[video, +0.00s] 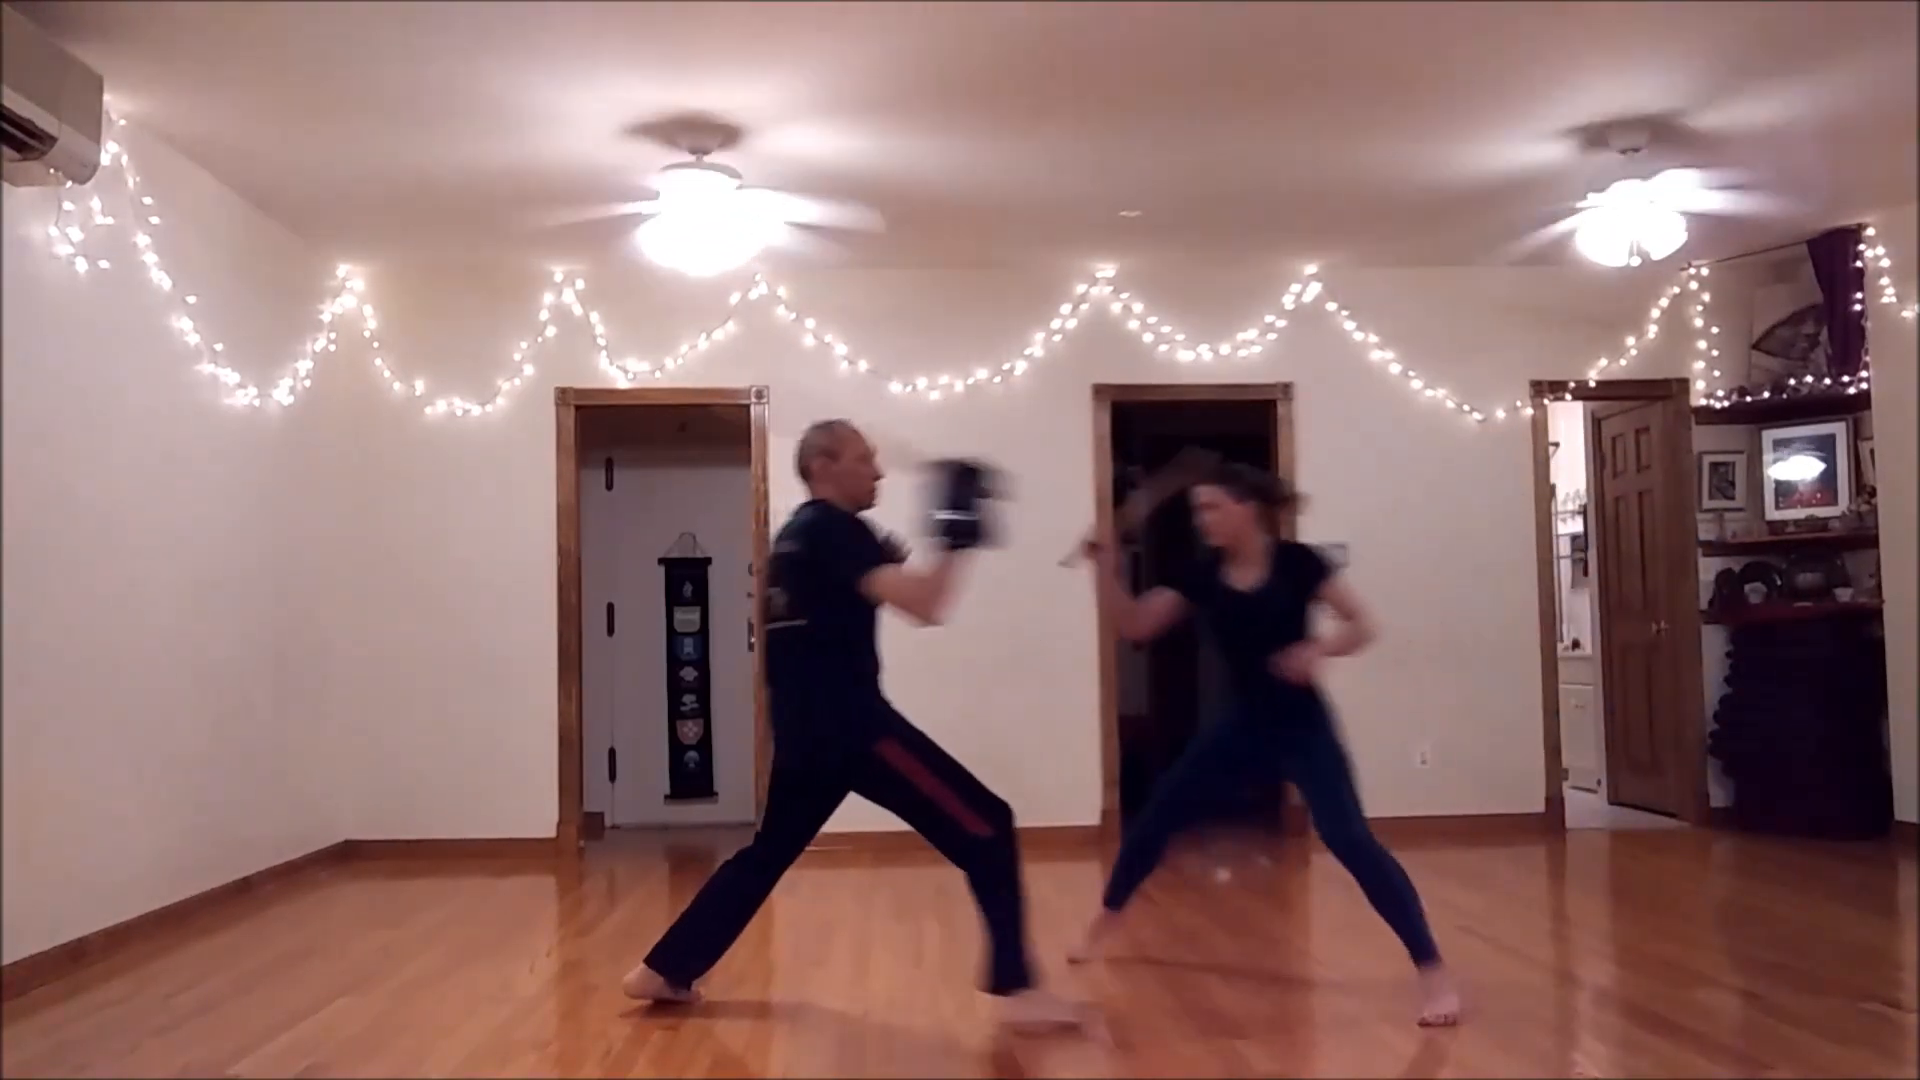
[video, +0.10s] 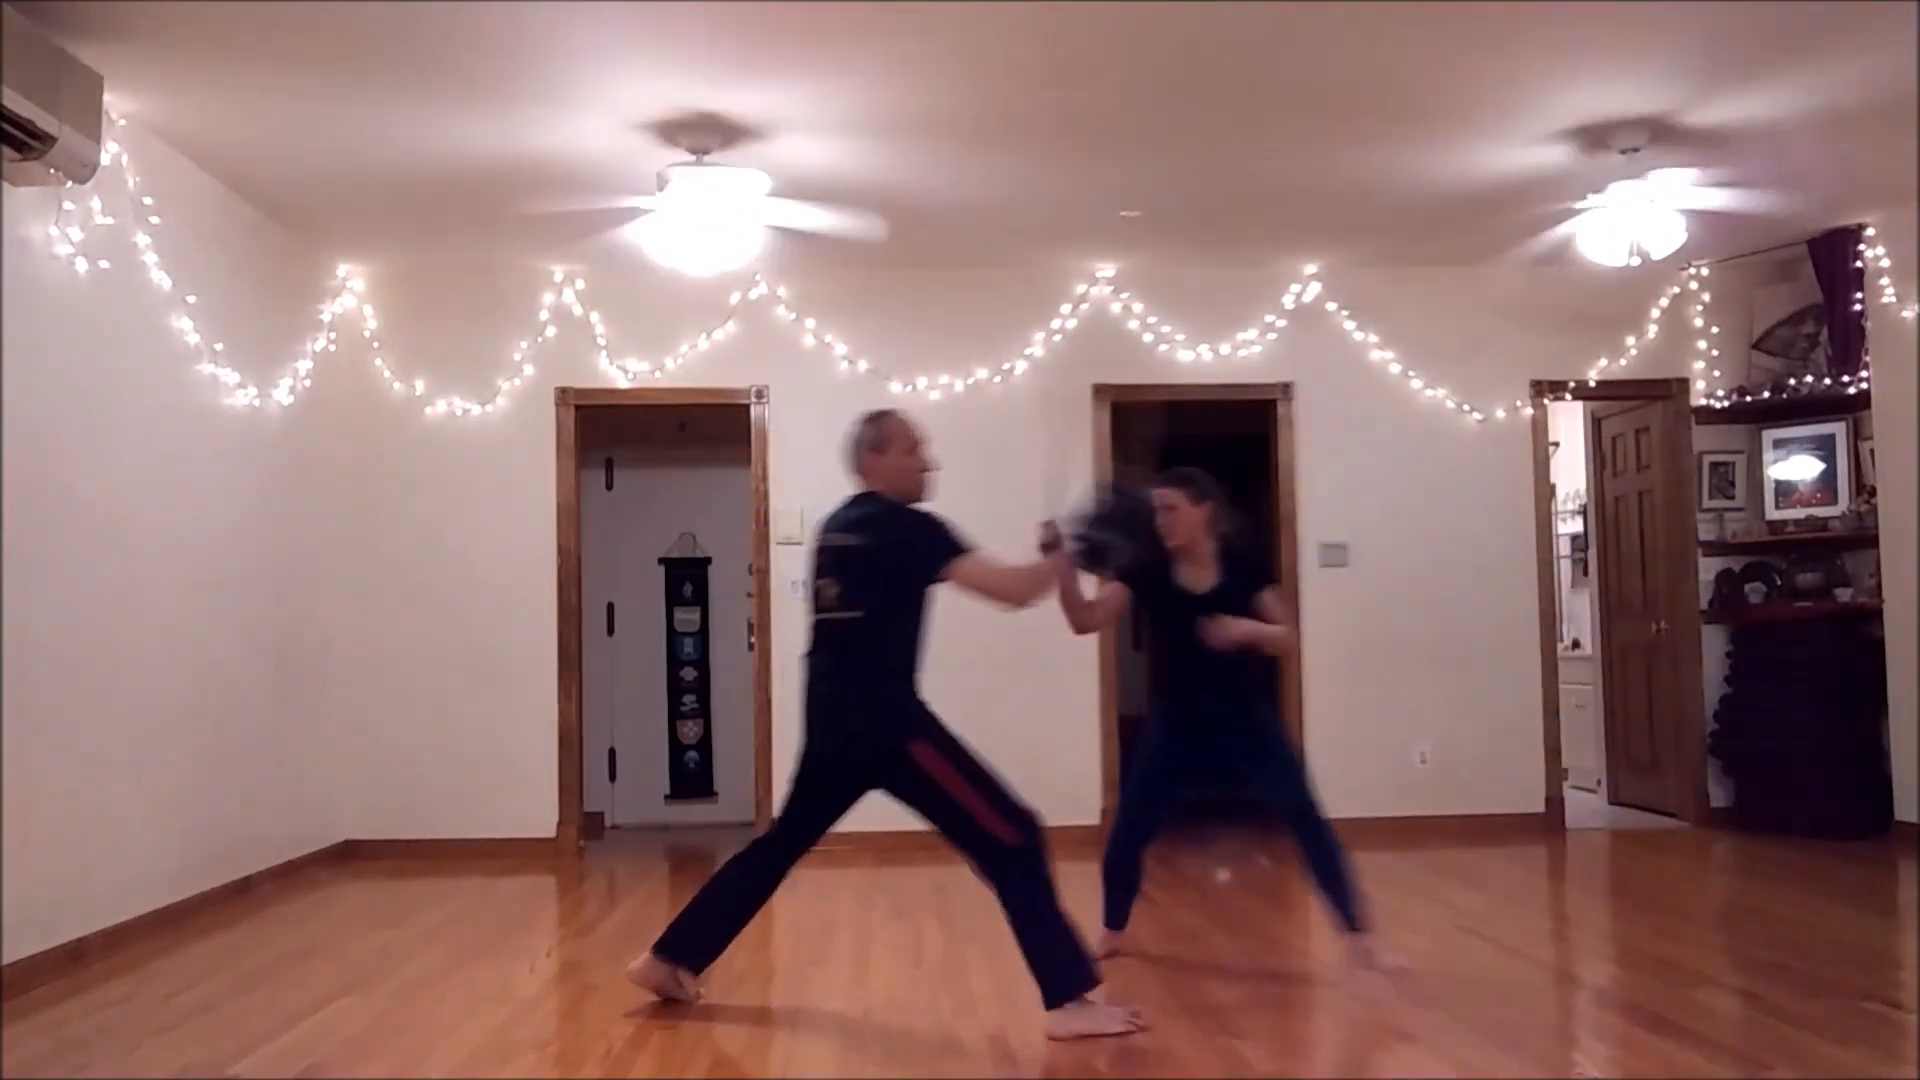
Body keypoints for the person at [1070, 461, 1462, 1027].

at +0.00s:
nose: (1202, 520)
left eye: (1212, 508)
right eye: (1198, 511)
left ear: (1250, 508)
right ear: (1200, 519)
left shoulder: (1297, 564)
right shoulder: (1204, 573)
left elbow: (1362, 627)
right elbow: (1135, 624)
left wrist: (1319, 648)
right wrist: (1106, 568)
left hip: (1300, 723)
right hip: (1237, 725)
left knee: (1346, 837)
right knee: (1163, 808)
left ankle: (1430, 968)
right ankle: (1108, 915)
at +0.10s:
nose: (1161, 522)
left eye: (1171, 511)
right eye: (1157, 512)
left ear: (1205, 511)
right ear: (1154, 518)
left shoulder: (1243, 571)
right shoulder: (1148, 576)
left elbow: (1289, 638)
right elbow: (1084, 619)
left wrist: (1248, 631)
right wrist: (1061, 563)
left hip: (1247, 728)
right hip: (1175, 731)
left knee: (1305, 819)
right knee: (1129, 828)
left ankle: (1358, 935)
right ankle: (1112, 931)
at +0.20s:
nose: (1134, 523)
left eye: (1145, 512)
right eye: (1127, 513)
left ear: (1176, 514)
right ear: (1121, 518)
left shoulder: (1206, 572)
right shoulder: (1118, 571)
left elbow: (1238, 638)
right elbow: (1074, 626)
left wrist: (1220, 623)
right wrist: (1117, 590)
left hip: (1193, 716)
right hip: (1135, 718)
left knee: (1244, 795)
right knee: (1117, 827)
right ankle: (1081, 925)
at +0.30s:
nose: (1120, 527)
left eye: (1130, 514)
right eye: (1111, 518)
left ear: (1155, 515)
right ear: (1102, 522)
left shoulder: (1180, 563)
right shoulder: (1095, 572)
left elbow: (1207, 625)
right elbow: (1081, 636)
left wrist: (1165, 592)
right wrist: (1132, 654)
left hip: (1164, 700)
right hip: (1106, 702)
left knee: (1186, 817)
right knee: (1112, 814)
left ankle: (1144, 868)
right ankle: (1074, 871)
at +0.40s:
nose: (1112, 532)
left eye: (1123, 520)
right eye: (1103, 523)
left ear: (1145, 520)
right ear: (1093, 526)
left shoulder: (1166, 570)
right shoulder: (1086, 573)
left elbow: (1185, 636)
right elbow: (1075, 646)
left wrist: (1148, 593)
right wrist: (1133, 693)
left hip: (1143, 704)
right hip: (1086, 702)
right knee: (1083, 812)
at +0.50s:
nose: (1112, 537)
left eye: (1121, 527)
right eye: (1102, 528)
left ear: (1138, 531)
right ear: (1091, 532)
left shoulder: (1152, 574)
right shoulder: (1083, 576)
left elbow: (1172, 642)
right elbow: (1079, 638)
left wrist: (1146, 606)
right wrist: (1107, 690)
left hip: (1117, 700)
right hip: (1070, 699)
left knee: (1101, 798)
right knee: (1080, 797)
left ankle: (1079, 891)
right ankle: (1063, 888)